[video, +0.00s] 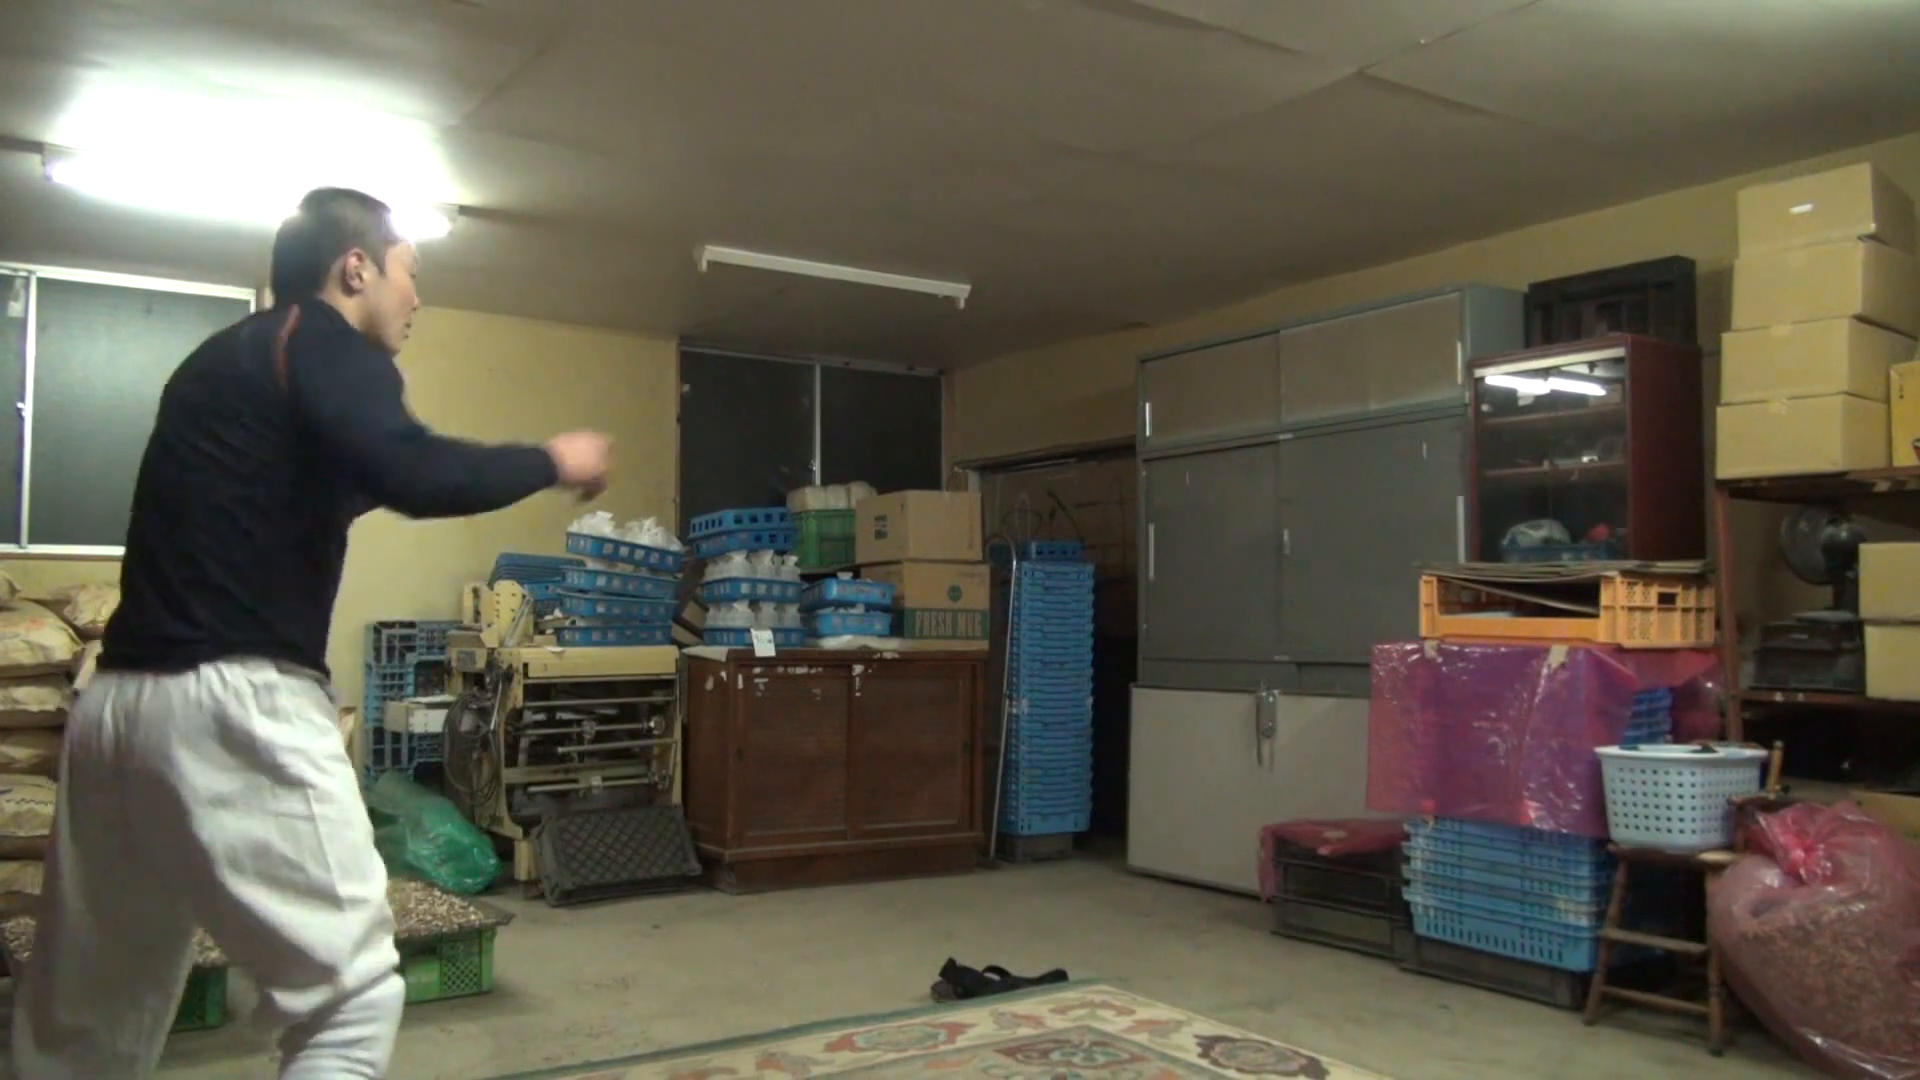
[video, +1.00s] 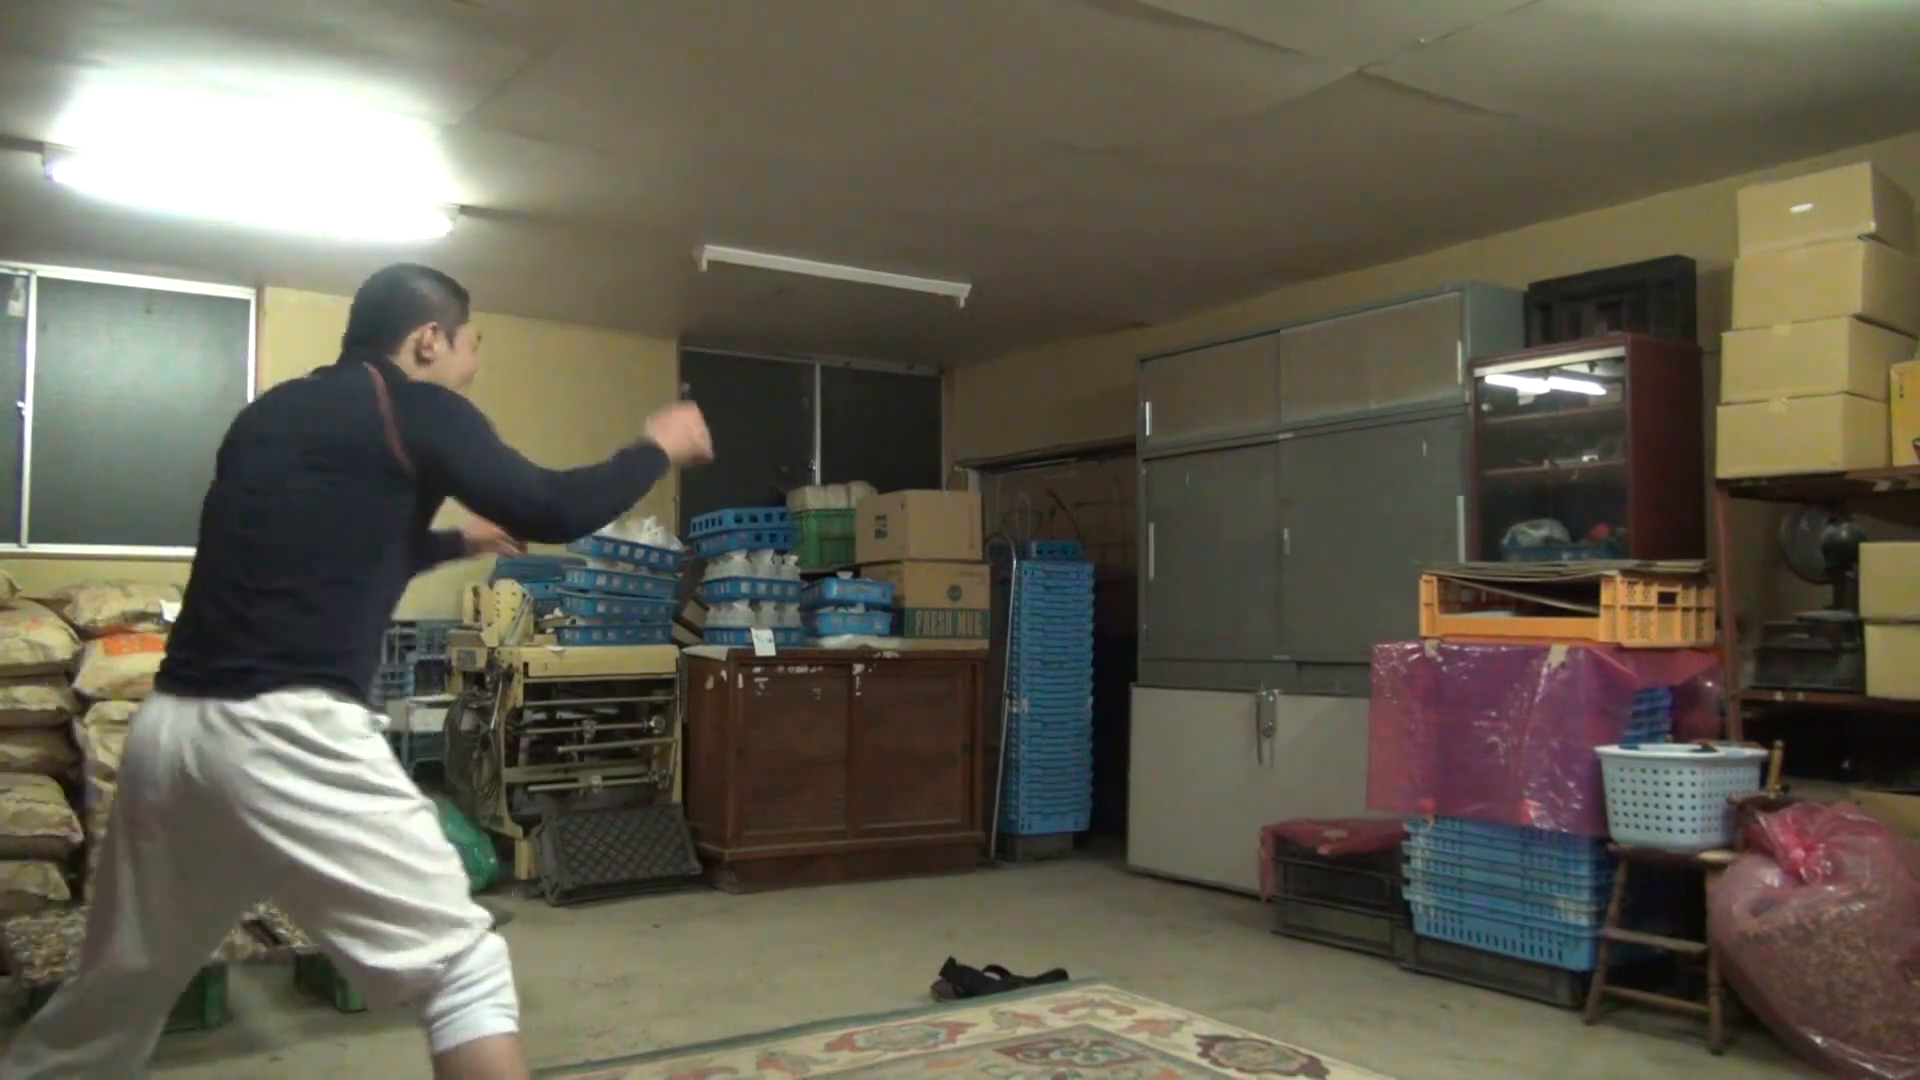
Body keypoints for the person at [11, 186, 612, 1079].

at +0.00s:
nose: (415, 304)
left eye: (414, 278)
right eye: (406, 276)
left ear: (323, 271)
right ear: (353, 269)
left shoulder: (207, 358)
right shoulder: (325, 346)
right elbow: (405, 467)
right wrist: (550, 460)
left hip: (111, 705)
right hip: (239, 704)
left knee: (84, 1023)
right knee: (347, 1000)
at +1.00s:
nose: (469, 367)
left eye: (472, 350)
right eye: (467, 348)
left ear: (359, 337)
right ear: (425, 341)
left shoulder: (264, 412)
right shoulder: (416, 407)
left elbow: (327, 556)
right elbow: (551, 510)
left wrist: (456, 542)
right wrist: (657, 449)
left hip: (165, 732)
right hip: (291, 732)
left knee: (114, 989)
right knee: (464, 975)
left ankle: (34, 1072)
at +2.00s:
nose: (447, 624)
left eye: (441, 609)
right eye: (434, 614)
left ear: (475, 573)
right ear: (489, 547)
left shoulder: (553, 597)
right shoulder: (568, 525)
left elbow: (443, 708)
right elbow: (507, 523)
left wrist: (341, 664)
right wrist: (455, 505)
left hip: (705, 804)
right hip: (709, 795)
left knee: (544, 969)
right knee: (641, 999)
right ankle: (776, 1046)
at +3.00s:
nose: (479, 304)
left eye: (477, 282)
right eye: (468, 279)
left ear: (392, 282)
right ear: (408, 278)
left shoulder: (293, 368)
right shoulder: (370, 357)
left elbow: (267, 537)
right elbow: (328, 500)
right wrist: (473, 565)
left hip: (237, 713)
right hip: (338, 717)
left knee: (205, 990)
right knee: (472, 961)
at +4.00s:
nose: (485, 326)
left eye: (486, 305)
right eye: (479, 303)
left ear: (385, 299)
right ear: (430, 296)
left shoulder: (280, 379)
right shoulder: (413, 380)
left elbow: (363, 556)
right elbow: (505, 532)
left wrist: (497, 543)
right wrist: (632, 512)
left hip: (155, 713)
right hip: (283, 715)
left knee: (141, 1027)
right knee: (392, 1008)